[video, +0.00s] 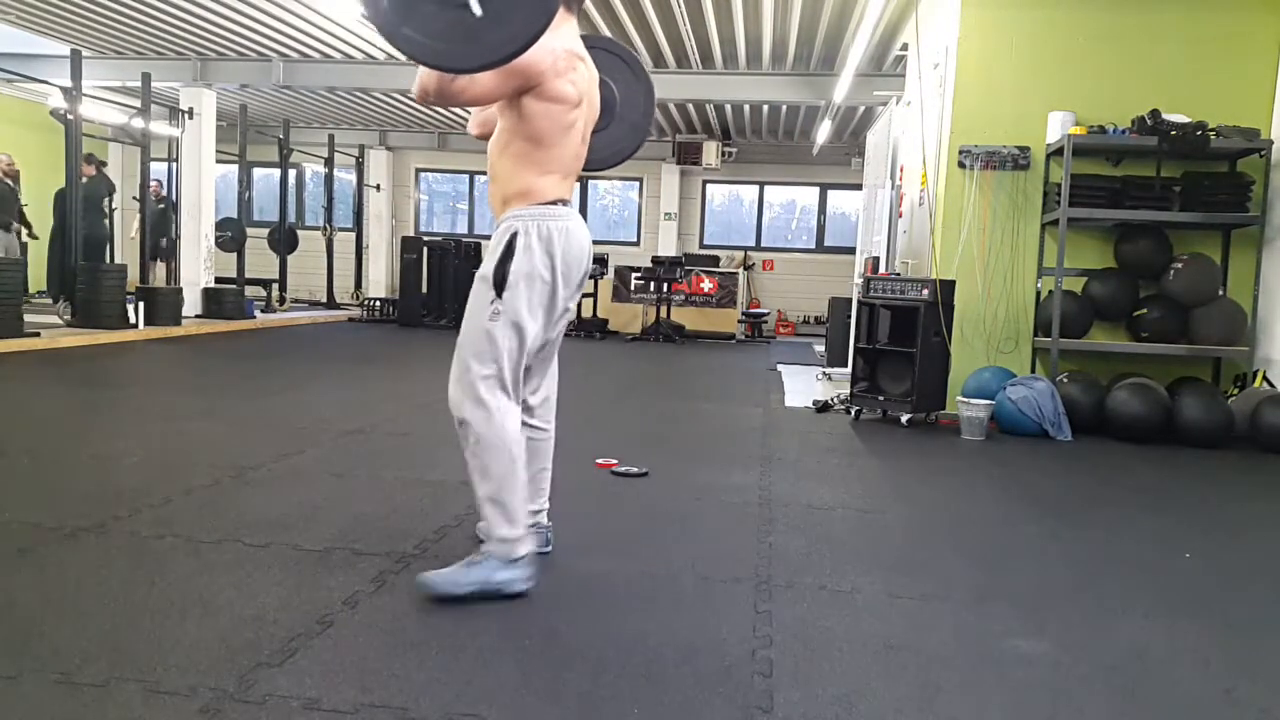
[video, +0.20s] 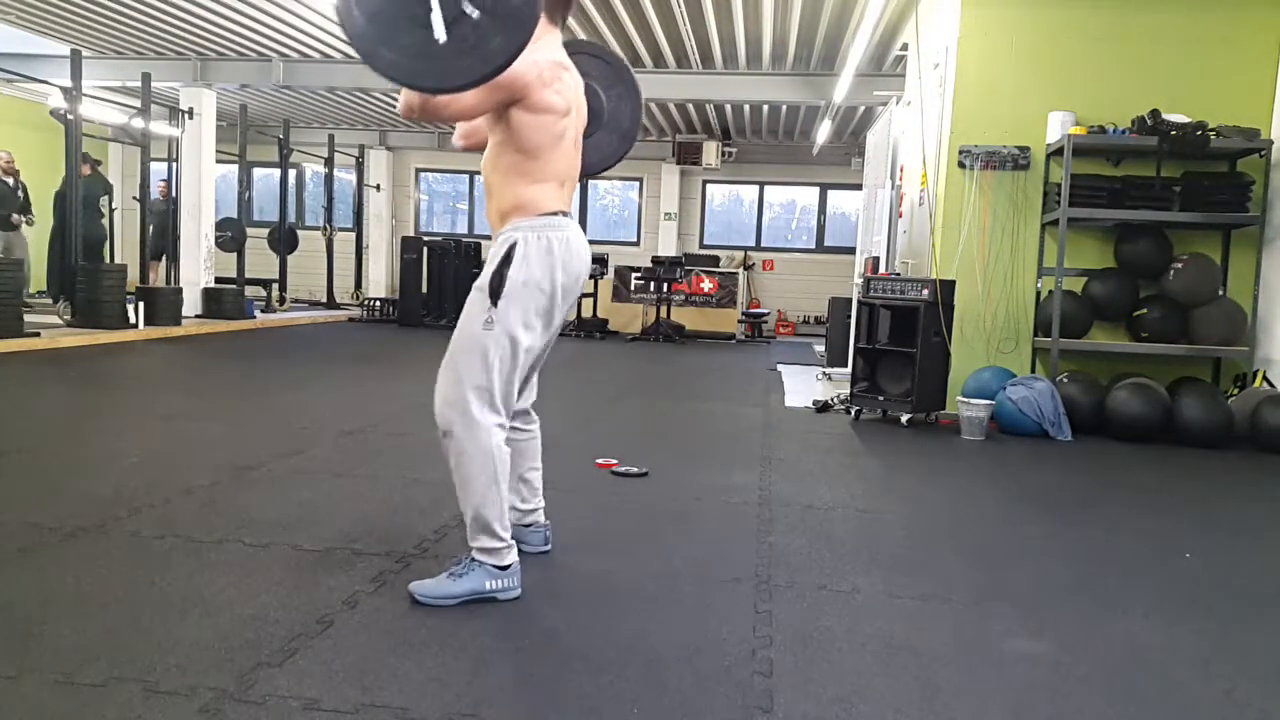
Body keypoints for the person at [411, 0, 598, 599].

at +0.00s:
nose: (503, 16)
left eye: (511, 8)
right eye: (503, 10)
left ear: (542, 4)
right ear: (573, 9)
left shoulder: (540, 52)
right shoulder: (584, 71)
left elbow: (429, 87)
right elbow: (482, 125)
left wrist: (461, 25)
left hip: (526, 236)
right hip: (565, 233)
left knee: (479, 389)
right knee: (534, 391)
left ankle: (506, 551)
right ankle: (529, 523)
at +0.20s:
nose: (489, 21)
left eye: (497, 11)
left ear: (524, 8)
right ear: (559, 12)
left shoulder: (525, 62)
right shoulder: (565, 74)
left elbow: (416, 104)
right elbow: (467, 137)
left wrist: (440, 44)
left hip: (527, 247)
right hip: (562, 244)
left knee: (464, 399)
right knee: (514, 400)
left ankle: (492, 561)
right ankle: (527, 521)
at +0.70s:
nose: (467, 150)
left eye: (476, 139)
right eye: (471, 138)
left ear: (498, 148)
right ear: (520, 151)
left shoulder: (494, 208)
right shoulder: (536, 205)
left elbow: (435, 270)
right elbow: (448, 278)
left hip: (549, 372)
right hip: (585, 366)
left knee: (404, 430)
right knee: (471, 403)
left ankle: (487, 564)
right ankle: (523, 523)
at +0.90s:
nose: (452, 205)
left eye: (461, 195)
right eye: (454, 194)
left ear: (487, 208)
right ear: (495, 211)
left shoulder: (489, 265)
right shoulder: (528, 258)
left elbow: (425, 326)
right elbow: (473, 328)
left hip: (552, 424)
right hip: (584, 411)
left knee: (400, 434)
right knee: (462, 399)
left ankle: (489, 565)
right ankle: (522, 523)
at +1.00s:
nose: (447, 210)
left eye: (456, 199)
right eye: (449, 198)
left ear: (484, 214)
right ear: (493, 215)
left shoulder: (485, 270)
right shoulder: (527, 262)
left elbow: (423, 326)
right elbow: (476, 331)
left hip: (553, 424)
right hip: (585, 410)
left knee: (401, 433)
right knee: (464, 398)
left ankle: (490, 565)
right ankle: (522, 523)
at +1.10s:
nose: (448, 191)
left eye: (457, 181)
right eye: (450, 180)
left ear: (484, 194)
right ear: (496, 195)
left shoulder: (485, 252)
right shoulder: (525, 243)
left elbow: (429, 314)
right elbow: (447, 321)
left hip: (551, 404)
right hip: (586, 392)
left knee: (402, 431)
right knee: (466, 400)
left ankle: (488, 565)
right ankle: (522, 522)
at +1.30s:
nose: (463, 117)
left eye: (474, 107)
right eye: (468, 105)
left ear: (500, 121)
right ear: (511, 125)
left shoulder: (492, 176)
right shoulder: (529, 178)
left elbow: (401, 238)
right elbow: (448, 254)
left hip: (539, 344)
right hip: (575, 336)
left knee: (401, 429)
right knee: (477, 406)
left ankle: (487, 563)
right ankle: (522, 521)